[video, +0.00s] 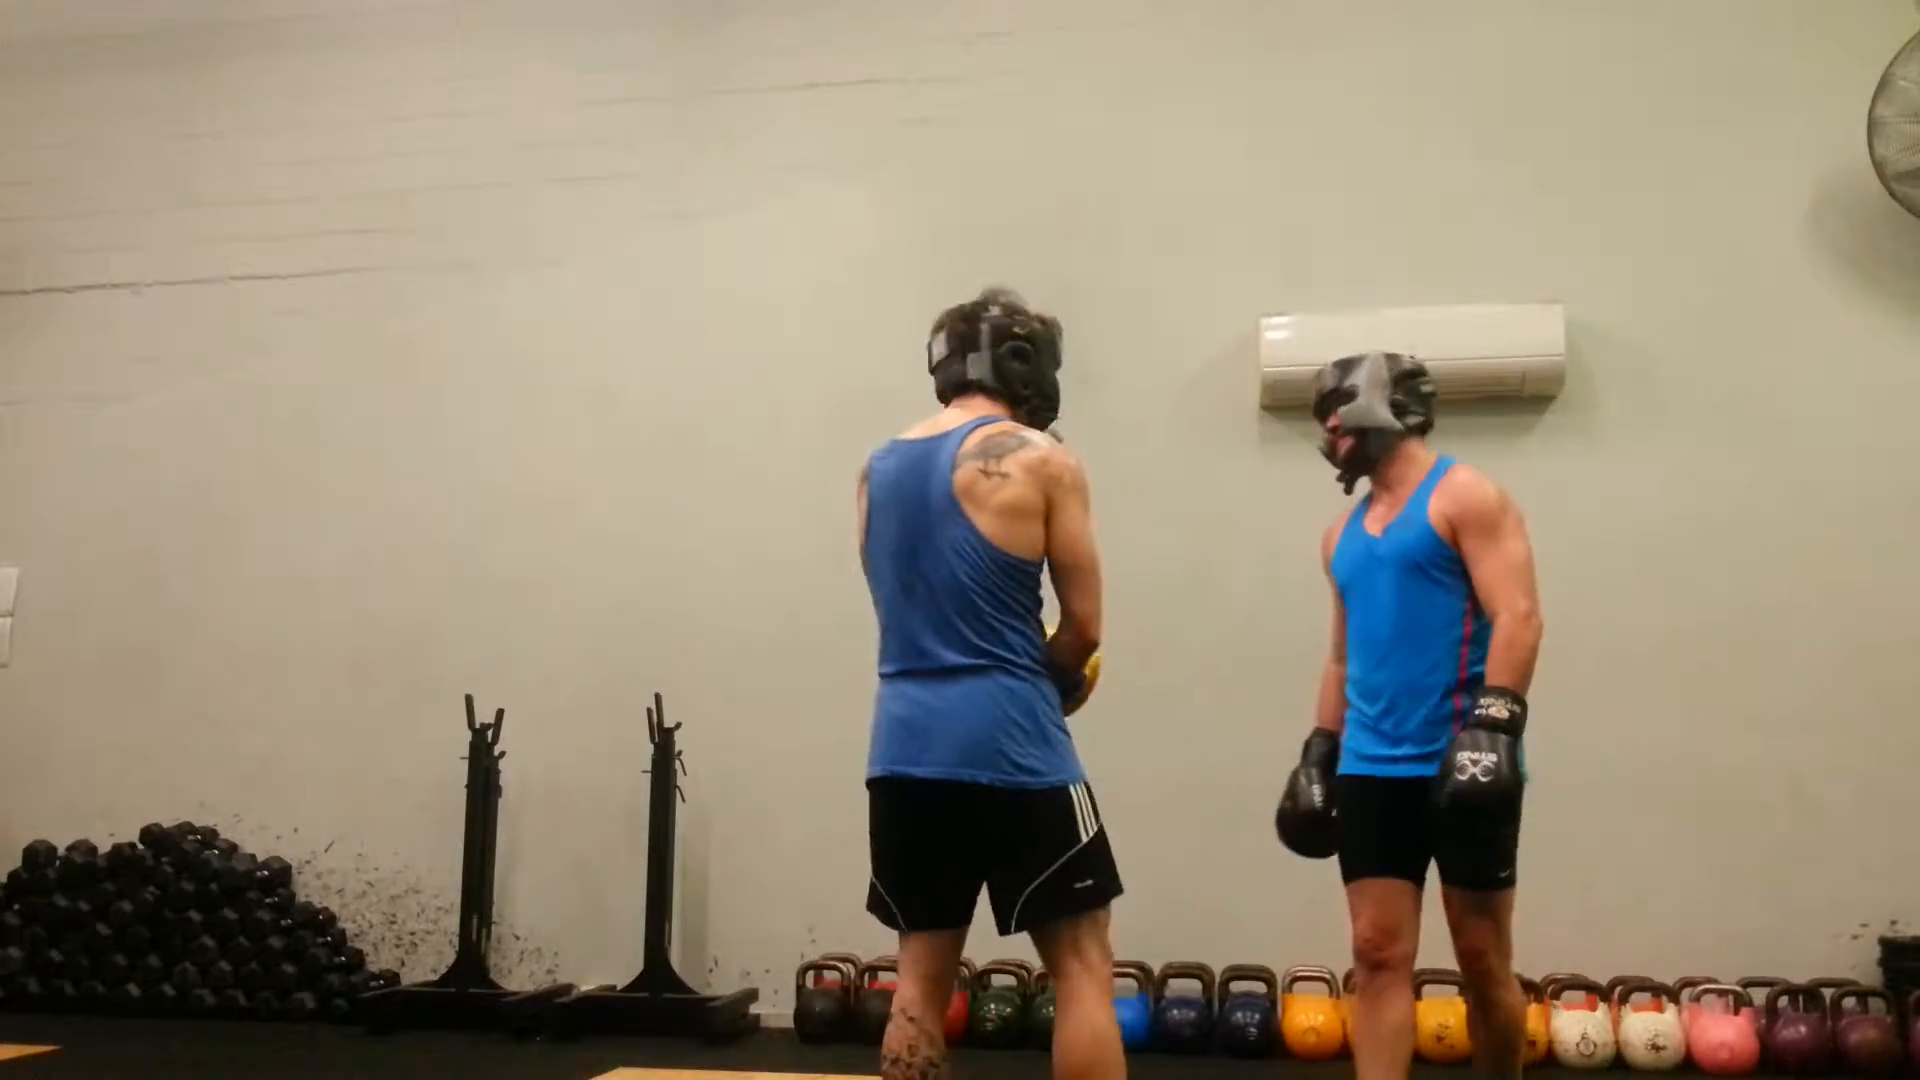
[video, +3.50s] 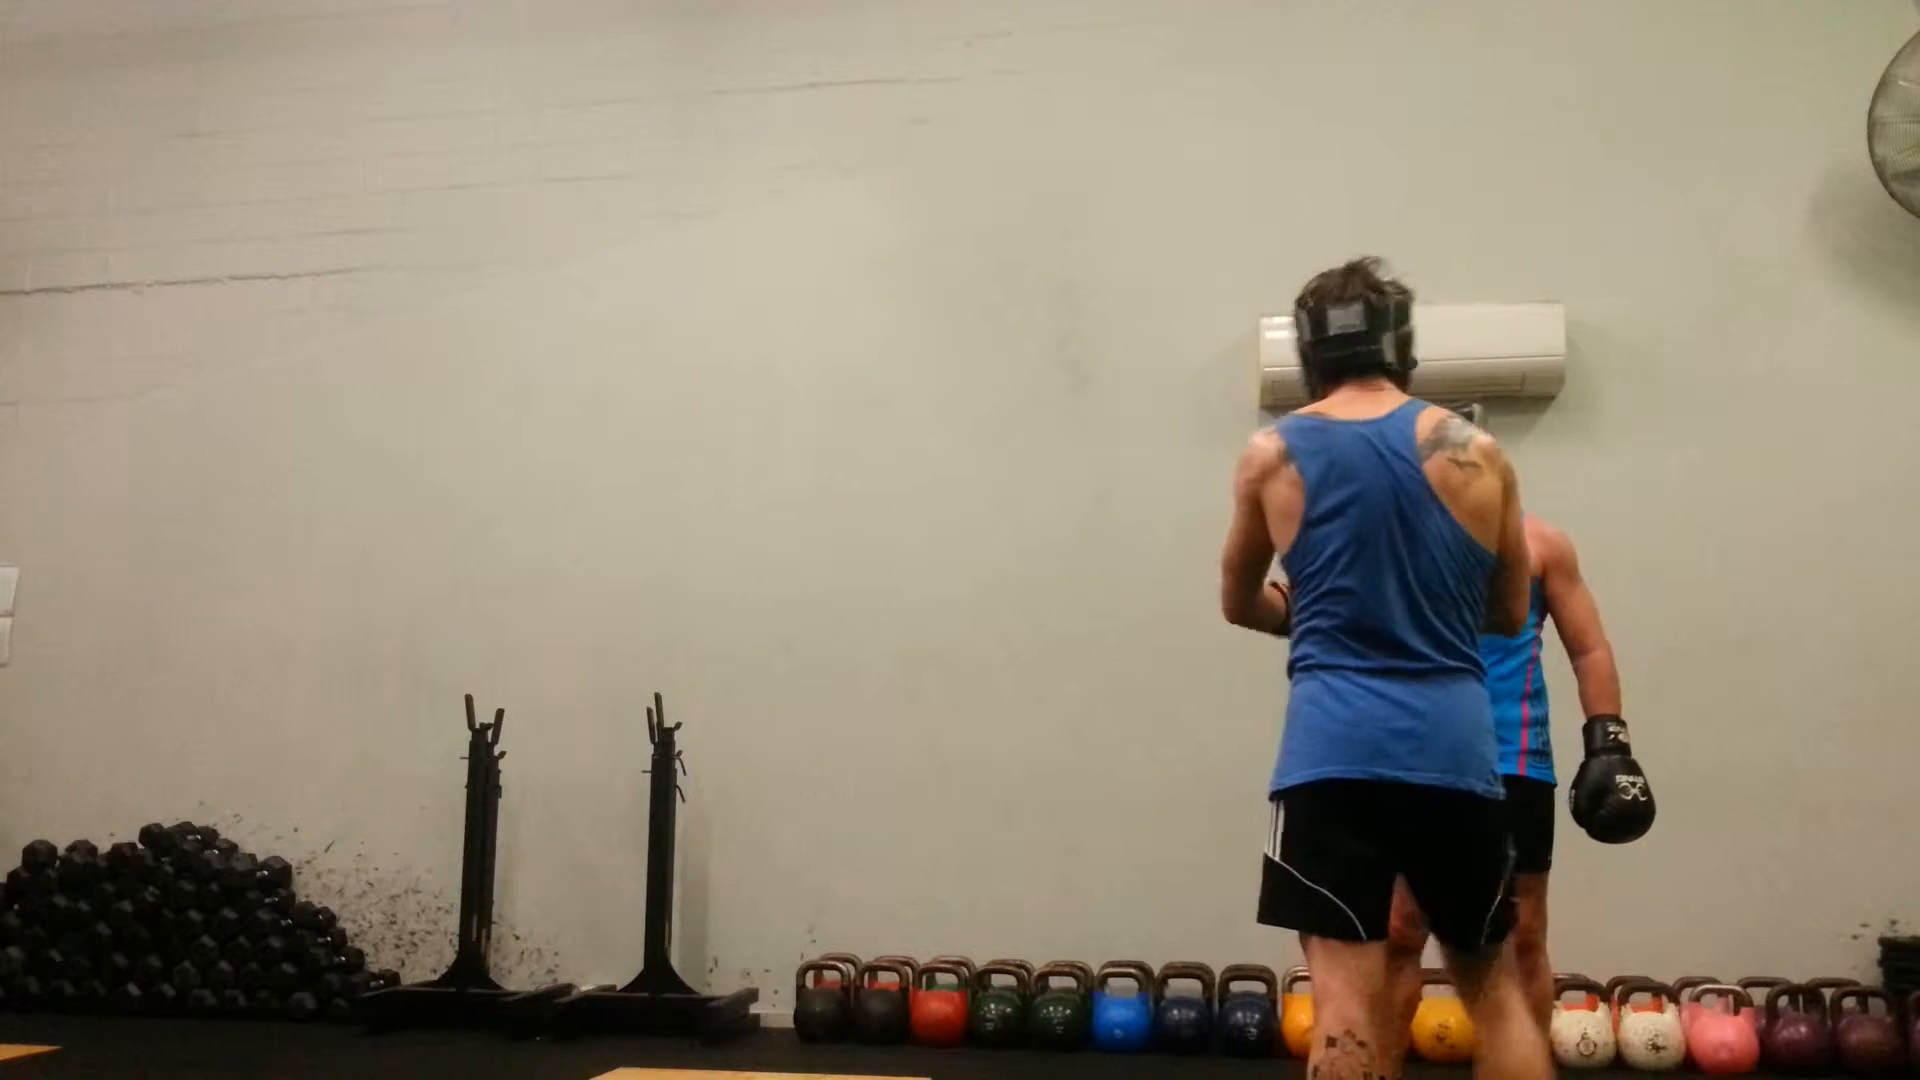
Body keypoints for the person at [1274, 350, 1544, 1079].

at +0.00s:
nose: (1324, 437)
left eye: (1335, 420)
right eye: (1322, 424)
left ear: (1382, 411)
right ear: (1362, 424)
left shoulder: (1467, 497)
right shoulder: (1342, 535)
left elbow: (1518, 615)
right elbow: (1341, 658)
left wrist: (1492, 732)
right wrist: (1317, 758)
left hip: (1462, 768)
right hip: (1370, 771)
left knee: (1481, 960)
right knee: (1377, 955)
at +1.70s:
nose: (1380, 466)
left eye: (1393, 449)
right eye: (1364, 457)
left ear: (1424, 452)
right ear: (1351, 472)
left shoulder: (1487, 537)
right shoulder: (1345, 559)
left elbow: (1543, 639)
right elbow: (1323, 671)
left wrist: (1564, 737)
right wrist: (1326, 651)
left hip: (1475, 765)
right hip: (1382, 769)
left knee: (1500, 932)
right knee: (1377, 931)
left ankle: (1519, 1074)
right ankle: (1375, 1075)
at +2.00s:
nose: (1418, 464)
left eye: (1432, 449)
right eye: (1403, 453)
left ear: (1463, 453)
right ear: (1389, 467)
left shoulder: (1519, 540)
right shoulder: (1386, 547)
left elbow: (1572, 645)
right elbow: (1339, 646)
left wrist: (1584, 742)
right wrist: (1366, 562)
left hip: (1503, 765)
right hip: (1411, 767)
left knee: (1517, 932)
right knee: (1394, 932)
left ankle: (1525, 1074)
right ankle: (1380, 1073)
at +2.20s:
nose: (1434, 474)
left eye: (1447, 460)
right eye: (1421, 462)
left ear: (1478, 463)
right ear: (1404, 469)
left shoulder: (1533, 545)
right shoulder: (1399, 548)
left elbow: (1583, 652)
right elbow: (1351, 624)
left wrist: (1600, 749)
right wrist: (1396, 510)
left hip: (1515, 766)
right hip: (1420, 767)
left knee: (1523, 934)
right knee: (1398, 940)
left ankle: (1527, 1073)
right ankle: (1382, 1075)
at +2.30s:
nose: (1441, 476)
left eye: (1452, 462)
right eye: (1429, 463)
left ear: (1479, 464)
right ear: (1412, 472)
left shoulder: (1539, 547)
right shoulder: (1404, 548)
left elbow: (1586, 655)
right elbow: (1359, 643)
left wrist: (1608, 754)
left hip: (1517, 768)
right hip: (1421, 767)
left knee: (1524, 933)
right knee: (1403, 935)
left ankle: (1526, 1073)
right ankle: (1382, 1070)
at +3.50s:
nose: (1448, 470)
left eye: (1459, 450)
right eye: (1432, 450)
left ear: (1485, 465)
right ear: (1412, 472)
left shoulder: (1536, 542)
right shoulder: (1394, 550)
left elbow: (1588, 648)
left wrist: (1607, 743)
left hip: (1515, 766)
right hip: (1418, 765)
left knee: (1523, 937)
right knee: (1398, 934)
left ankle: (1531, 1066)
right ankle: (1380, 1068)